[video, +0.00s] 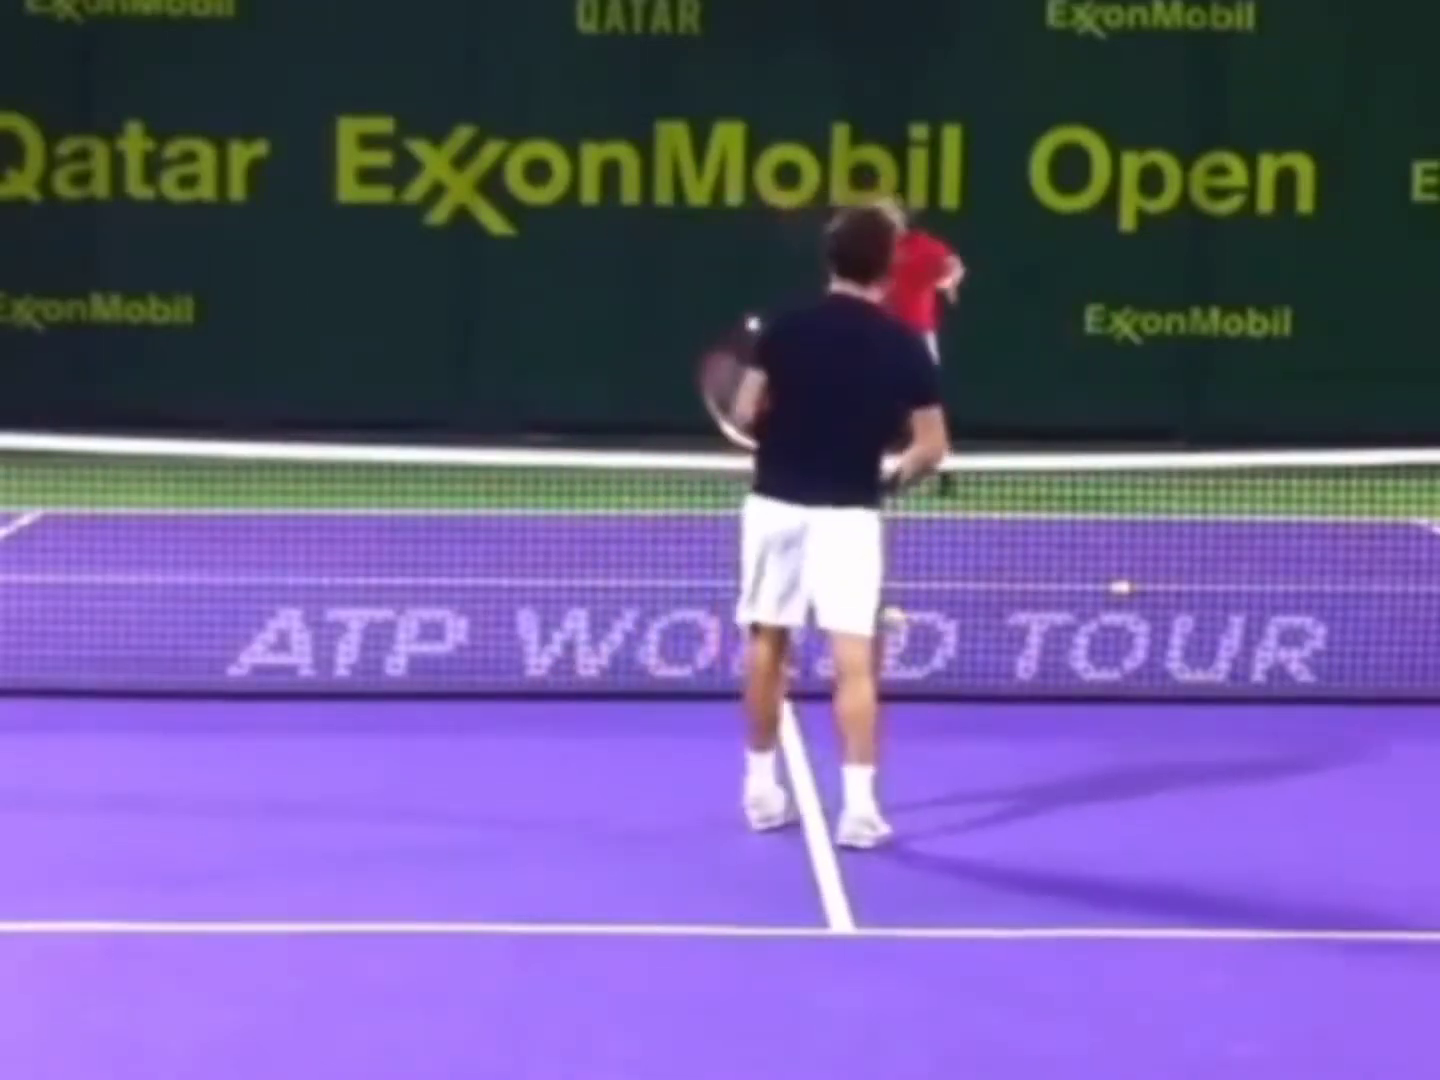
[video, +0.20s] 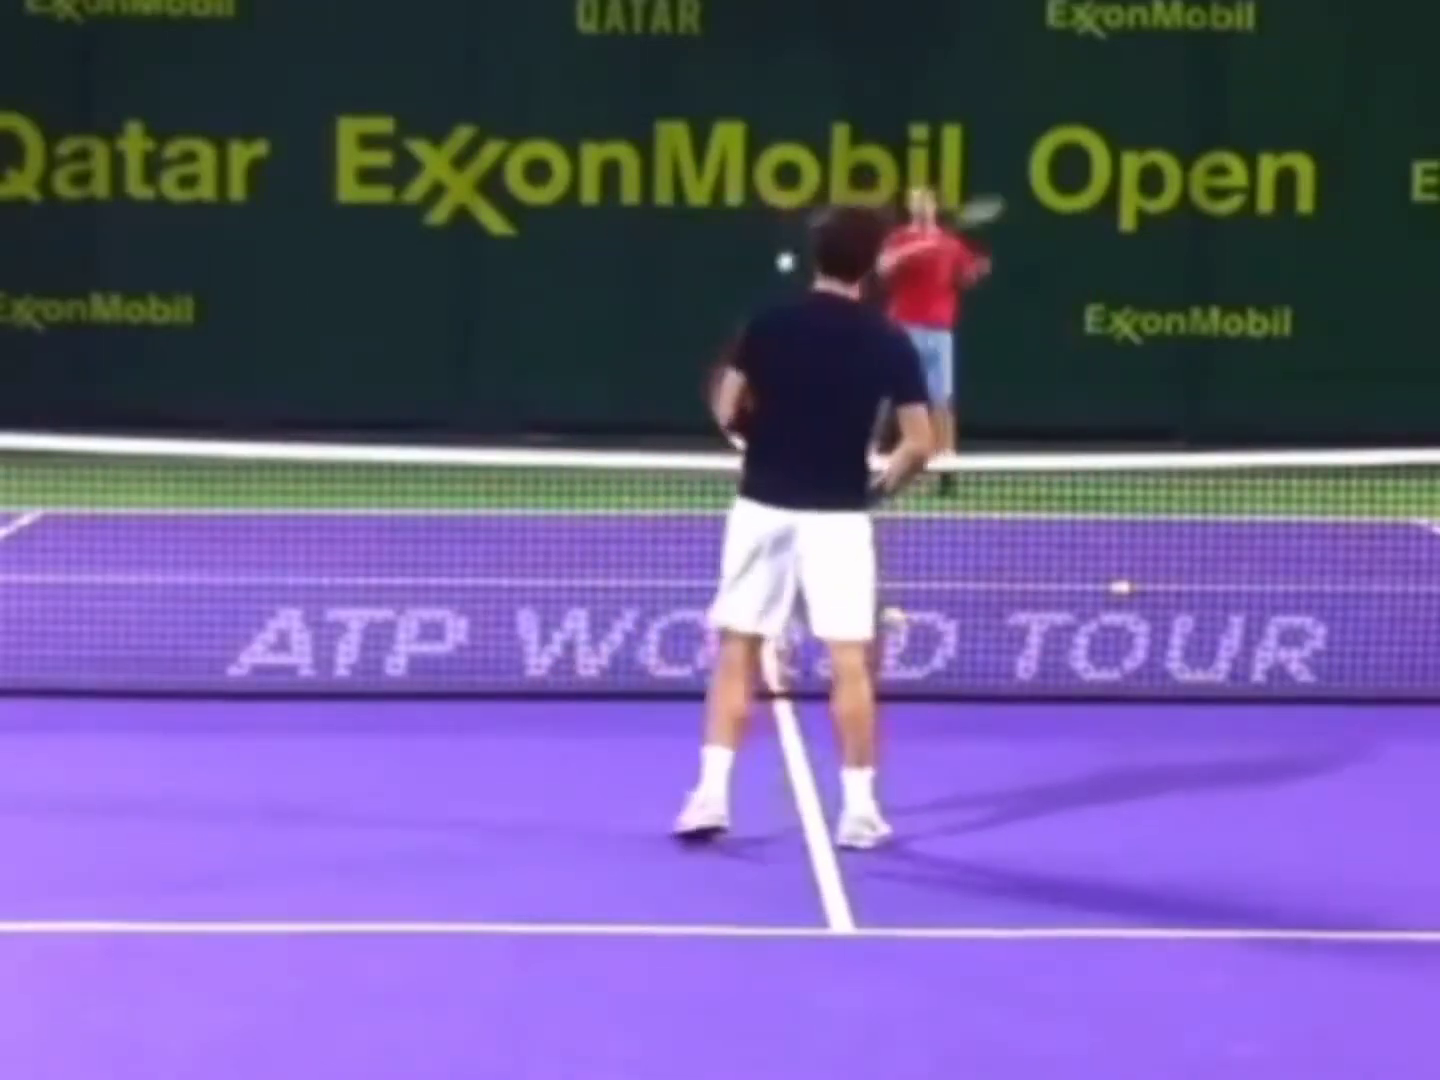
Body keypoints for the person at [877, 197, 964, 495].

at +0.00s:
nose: (885, 231)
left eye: (888, 224)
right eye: (880, 226)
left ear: (898, 223)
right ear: (876, 229)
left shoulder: (918, 245)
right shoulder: (875, 248)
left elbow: (953, 264)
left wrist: (944, 282)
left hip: (919, 332)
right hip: (882, 333)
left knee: (924, 401)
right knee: (890, 401)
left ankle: (938, 462)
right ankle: (892, 461)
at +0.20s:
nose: (923, 211)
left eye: (927, 205)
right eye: (917, 205)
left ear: (935, 208)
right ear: (909, 208)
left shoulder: (948, 242)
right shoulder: (900, 239)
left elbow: (964, 276)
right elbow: (883, 268)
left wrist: (978, 268)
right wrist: (917, 247)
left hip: (939, 325)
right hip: (905, 323)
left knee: (941, 395)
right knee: (904, 393)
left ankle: (945, 453)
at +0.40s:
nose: (936, 210)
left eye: (941, 204)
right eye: (931, 203)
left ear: (948, 208)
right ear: (923, 208)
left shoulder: (949, 243)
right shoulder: (921, 236)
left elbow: (955, 285)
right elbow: (941, 260)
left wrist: (974, 302)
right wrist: (971, 267)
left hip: (946, 327)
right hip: (915, 323)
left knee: (947, 398)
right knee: (908, 393)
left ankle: (948, 463)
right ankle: (873, 450)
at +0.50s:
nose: (941, 211)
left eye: (946, 204)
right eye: (935, 204)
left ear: (953, 209)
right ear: (928, 208)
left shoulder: (949, 244)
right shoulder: (925, 237)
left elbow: (944, 295)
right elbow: (936, 270)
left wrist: (969, 316)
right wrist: (966, 283)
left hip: (945, 328)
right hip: (918, 324)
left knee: (947, 400)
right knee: (912, 399)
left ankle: (948, 466)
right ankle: (877, 457)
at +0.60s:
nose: (944, 210)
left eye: (948, 203)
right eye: (939, 204)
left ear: (956, 208)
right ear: (930, 208)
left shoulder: (951, 241)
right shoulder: (929, 237)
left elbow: (958, 295)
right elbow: (925, 278)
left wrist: (984, 329)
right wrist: (959, 301)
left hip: (946, 328)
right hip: (918, 325)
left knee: (949, 398)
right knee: (919, 392)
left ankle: (946, 460)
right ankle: (883, 452)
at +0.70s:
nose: (945, 210)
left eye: (949, 204)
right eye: (939, 204)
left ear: (956, 208)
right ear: (931, 207)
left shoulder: (956, 243)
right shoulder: (920, 240)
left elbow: (954, 290)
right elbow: (908, 278)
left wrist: (966, 316)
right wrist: (928, 294)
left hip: (945, 328)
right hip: (915, 326)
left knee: (950, 396)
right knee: (919, 390)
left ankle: (945, 451)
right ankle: (890, 447)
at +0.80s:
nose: (941, 210)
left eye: (945, 204)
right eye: (936, 204)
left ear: (954, 208)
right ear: (928, 208)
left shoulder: (958, 243)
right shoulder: (914, 241)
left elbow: (961, 283)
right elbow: (898, 282)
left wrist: (966, 315)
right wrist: (932, 314)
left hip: (944, 333)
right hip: (910, 331)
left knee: (945, 397)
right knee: (909, 388)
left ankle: (948, 457)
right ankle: (889, 446)